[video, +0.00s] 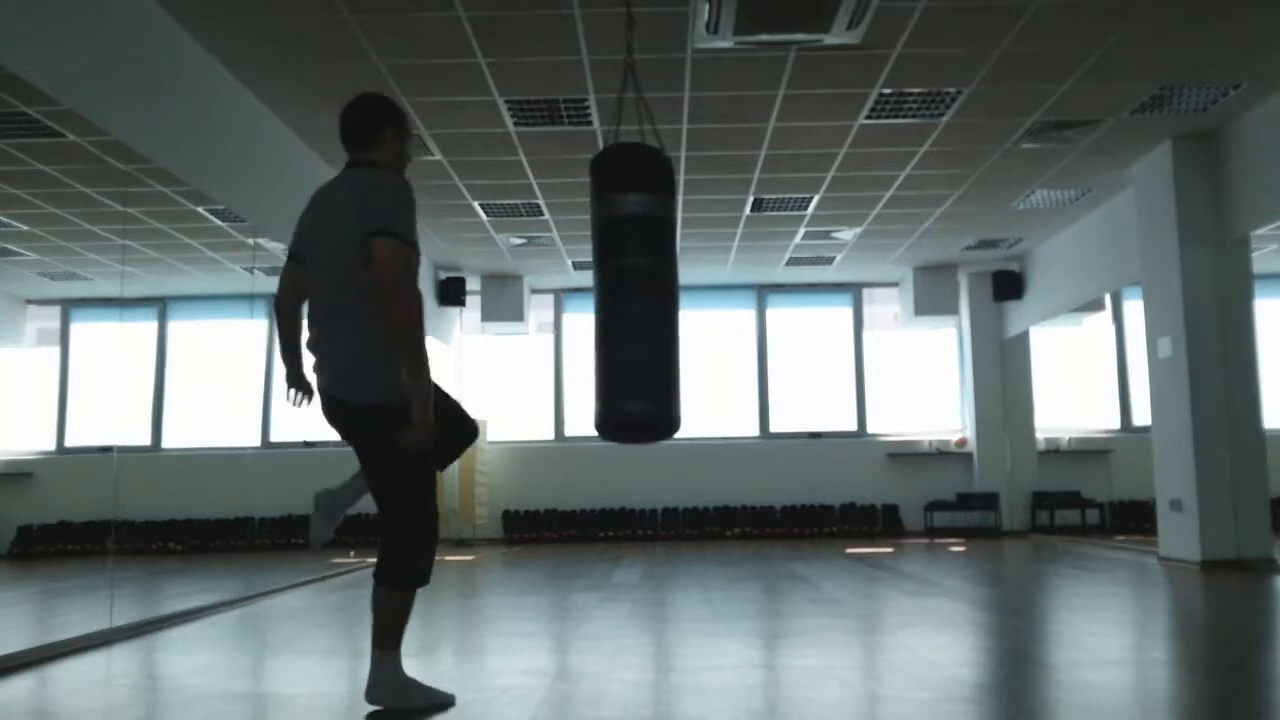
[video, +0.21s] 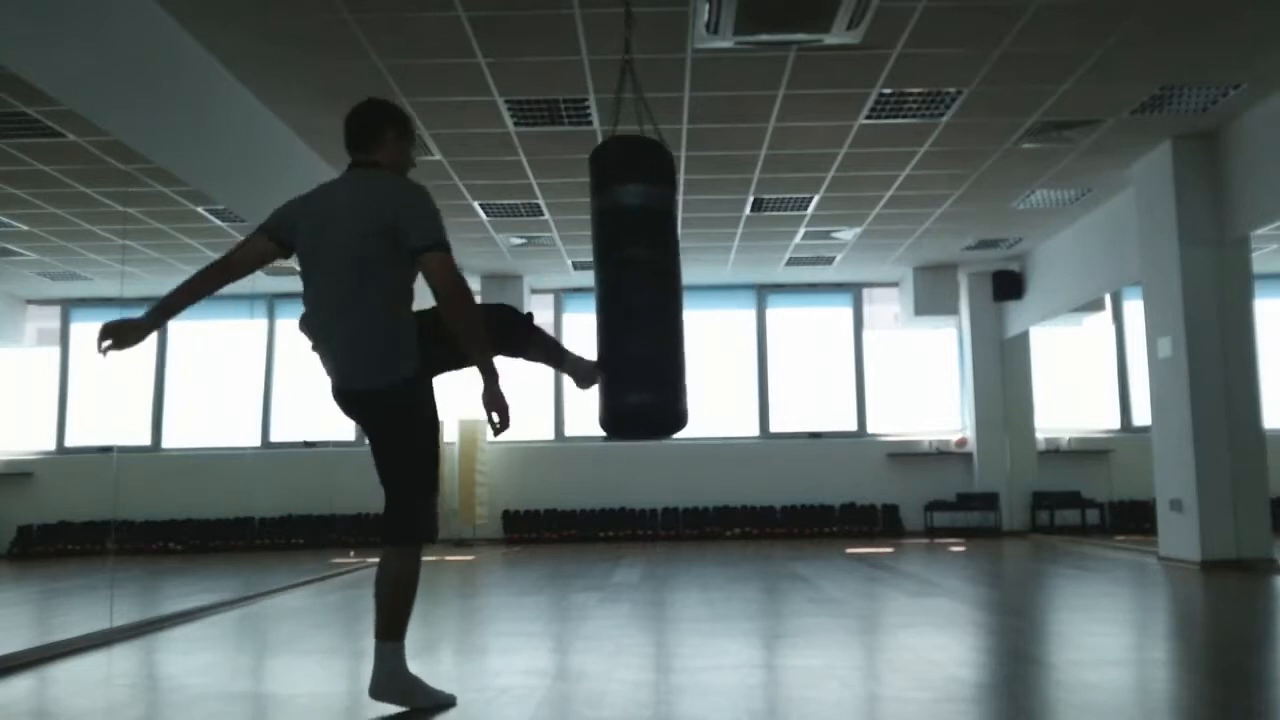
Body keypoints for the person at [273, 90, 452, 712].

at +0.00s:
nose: (407, 150)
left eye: (405, 139)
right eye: (404, 139)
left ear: (349, 142)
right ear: (389, 139)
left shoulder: (321, 202)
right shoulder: (390, 192)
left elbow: (288, 297)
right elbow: (395, 287)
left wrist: (293, 363)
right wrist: (420, 382)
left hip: (340, 389)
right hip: (384, 387)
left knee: (458, 429)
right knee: (410, 524)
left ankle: (340, 500)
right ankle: (386, 673)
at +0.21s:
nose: (411, 157)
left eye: (410, 146)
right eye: (407, 145)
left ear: (352, 146)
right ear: (390, 144)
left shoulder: (310, 208)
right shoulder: (406, 198)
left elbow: (227, 268)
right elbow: (454, 294)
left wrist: (147, 322)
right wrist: (488, 377)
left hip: (350, 377)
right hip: (394, 376)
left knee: (499, 322)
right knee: (408, 524)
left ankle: (585, 368)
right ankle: (389, 668)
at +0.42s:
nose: (432, 187)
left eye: (431, 176)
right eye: (425, 175)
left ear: (387, 178)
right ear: (402, 175)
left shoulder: (386, 235)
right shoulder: (382, 217)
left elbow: (435, 307)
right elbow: (349, 302)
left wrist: (443, 250)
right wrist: (404, 280)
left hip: (407, 396)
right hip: (435, 354)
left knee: (436, 527)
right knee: (553, 305)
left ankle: (430, 671)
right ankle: (683, 296)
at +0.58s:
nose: (410, 184)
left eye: (410, 176)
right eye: (405, 175)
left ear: (368, 174)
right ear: (380, 171)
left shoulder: (378, 222)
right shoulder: (358, 203)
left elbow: (425, 269)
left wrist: (428, 220)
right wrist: (258, 241)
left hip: (385, 385)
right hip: (417, 352)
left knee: (417, 516)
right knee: (528, 335)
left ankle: (412, 655)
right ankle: (633, 369)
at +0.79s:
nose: (375, 212)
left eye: (373, 202)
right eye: (369, 201)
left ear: (321, 201)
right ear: (339, 196)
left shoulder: (273, 256)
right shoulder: (360, 231)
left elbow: (199, 301)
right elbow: (372, 291)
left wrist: (189, 317)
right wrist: (406, 365)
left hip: (346, 403)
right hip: (399, 368)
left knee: (350, 538)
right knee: (523, 368)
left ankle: (324, 669)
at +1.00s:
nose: (428, 212)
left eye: (429, 203)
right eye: (424, 201)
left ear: (395, 196)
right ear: (399, 196)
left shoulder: (397, 252)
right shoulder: (364, 224)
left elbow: (452, 275)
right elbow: (300, 236)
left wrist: (418, 232)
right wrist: (249, 253)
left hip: (376, 387)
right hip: (390, 353)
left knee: (407, 514)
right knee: (500, 311)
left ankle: (381, 650)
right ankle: (623, 326)